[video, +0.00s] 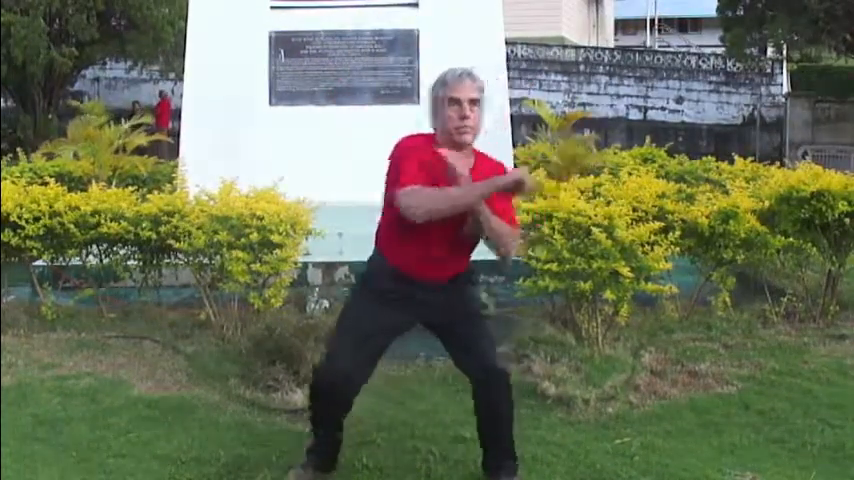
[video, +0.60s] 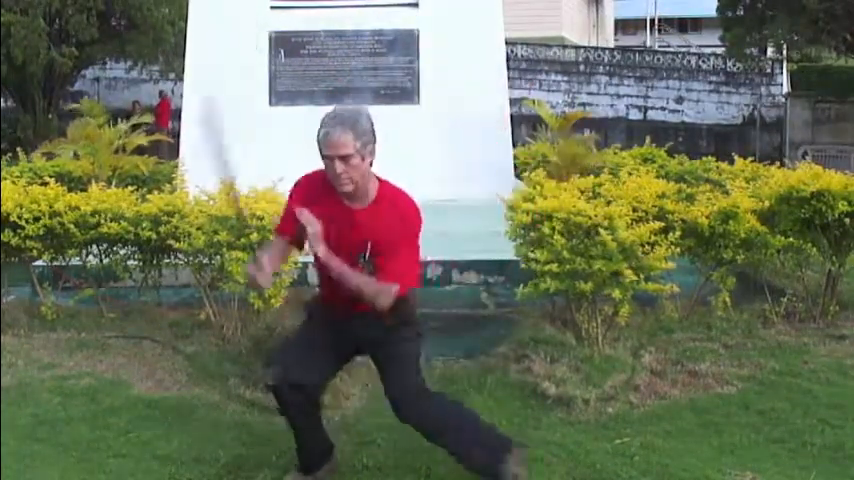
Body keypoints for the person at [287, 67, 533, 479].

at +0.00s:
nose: (464, 113)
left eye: (473, 105)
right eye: (453, 104)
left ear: (482, 114)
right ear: (435, 111)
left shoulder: (495, 172)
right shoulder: (412, 150)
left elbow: (507, 246)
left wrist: (473, 196)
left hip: (450, 293)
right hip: (387, 287)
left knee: (492, 376)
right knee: (333, 379)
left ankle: (501, 471)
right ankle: (321, 458)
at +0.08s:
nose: (443, 118)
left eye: (452, 108)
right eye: (432, 109)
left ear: (461, 114)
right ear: (415, 116)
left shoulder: (476, 176)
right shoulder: (392, 151)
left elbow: (487, 250)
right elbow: (375, 198)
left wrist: (448, 218)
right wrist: (454, 186)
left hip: (443, 294)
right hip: (379, 288)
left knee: (477, 381)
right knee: (324, 378)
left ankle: (504, 468)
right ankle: (318, 451)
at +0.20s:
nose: (393, 134)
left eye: (403, 122)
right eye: (382, 125)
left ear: (418, 126)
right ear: (370, 130)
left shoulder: (441, 192)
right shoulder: (354, 168)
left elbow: (461, 273)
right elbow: (297, 165)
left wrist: (402, 281)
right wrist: (346, 151)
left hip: (413, 301)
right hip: (360, 295)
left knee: (435, 406)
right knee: (307, 377)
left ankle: (526, 462)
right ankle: (316, 460)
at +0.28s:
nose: (373, 141)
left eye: (383, 130)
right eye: (364, 132)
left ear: (400, 132)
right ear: (354, 135)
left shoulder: (422, 198)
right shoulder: (347, 161)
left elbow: (443, 286)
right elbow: (278, 164)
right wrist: (310, 133)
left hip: (402, 310)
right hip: (351, 301)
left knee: (423, 414)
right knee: (295, 372)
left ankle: (526, 462)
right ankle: (316, 460)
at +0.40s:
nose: (348, 156)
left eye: (357, 145)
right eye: (339, 146)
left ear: (378, 145)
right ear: (330, 148)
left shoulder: (404, 208)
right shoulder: (326, 175)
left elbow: (423, 300)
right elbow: (267, 188)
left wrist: (372, 367)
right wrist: (266, 136)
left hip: (391, 320)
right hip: (342, 311)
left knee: (420, 424)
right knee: (285, 370)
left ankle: (525, 461)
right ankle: (313, 459)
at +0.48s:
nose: (343, 160)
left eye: (353, 149)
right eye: (334, 150)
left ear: (375, 147)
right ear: (326, 150)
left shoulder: (402, 210)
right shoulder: (321, 181)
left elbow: (416, 302)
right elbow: (263, 207)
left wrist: (343, 339)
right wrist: (247, 158)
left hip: (389, 321)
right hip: (338, 314)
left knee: (416, 425)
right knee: (282, 370)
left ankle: (525, 463)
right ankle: (315, 462)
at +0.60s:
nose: (337, 170)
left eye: (346, 159)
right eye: (329, 160)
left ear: (369, 156)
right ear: (321, 157)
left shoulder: (401, 211)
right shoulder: (309, 191)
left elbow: (384, 297)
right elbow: (281, 242)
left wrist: (324, 255)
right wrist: (265, 267)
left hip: (390, 320)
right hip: (332, 315)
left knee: (411, 403)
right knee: (289, 382)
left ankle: (502, 457)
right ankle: (317, 462)